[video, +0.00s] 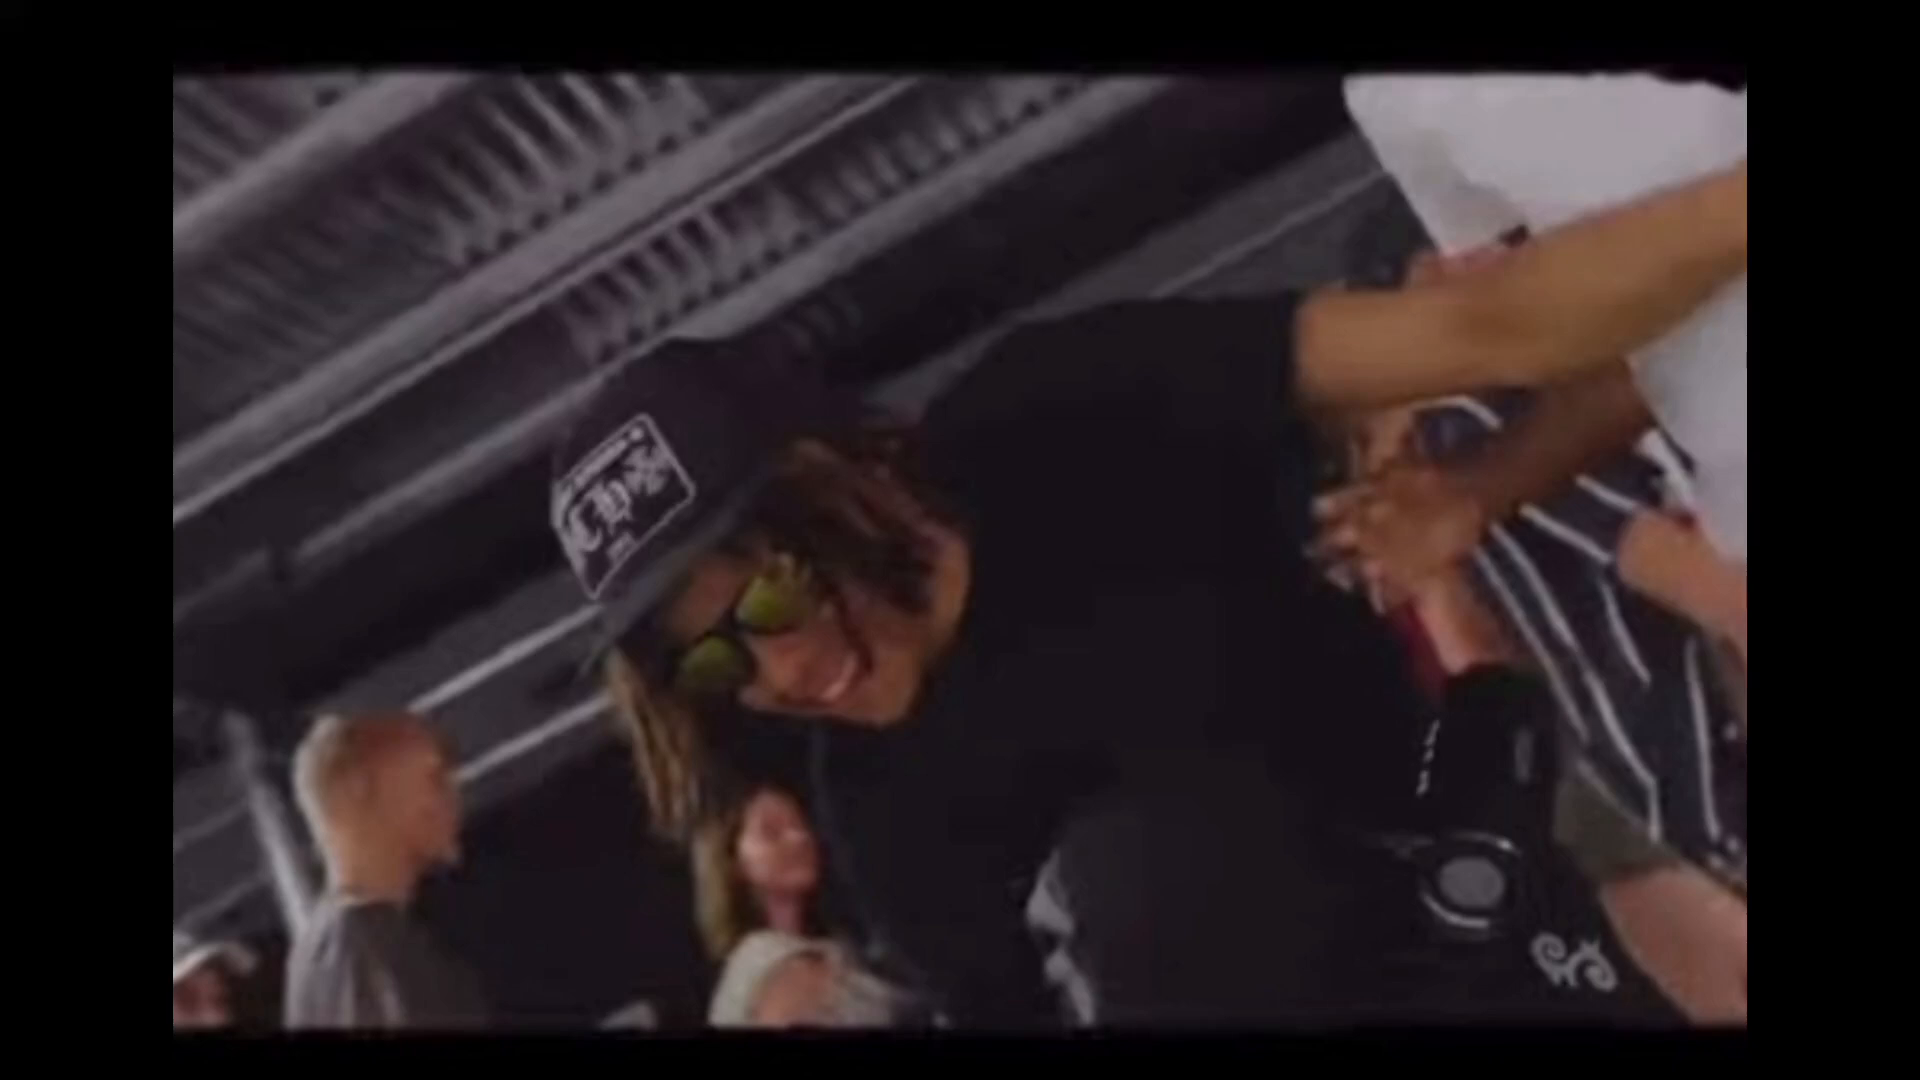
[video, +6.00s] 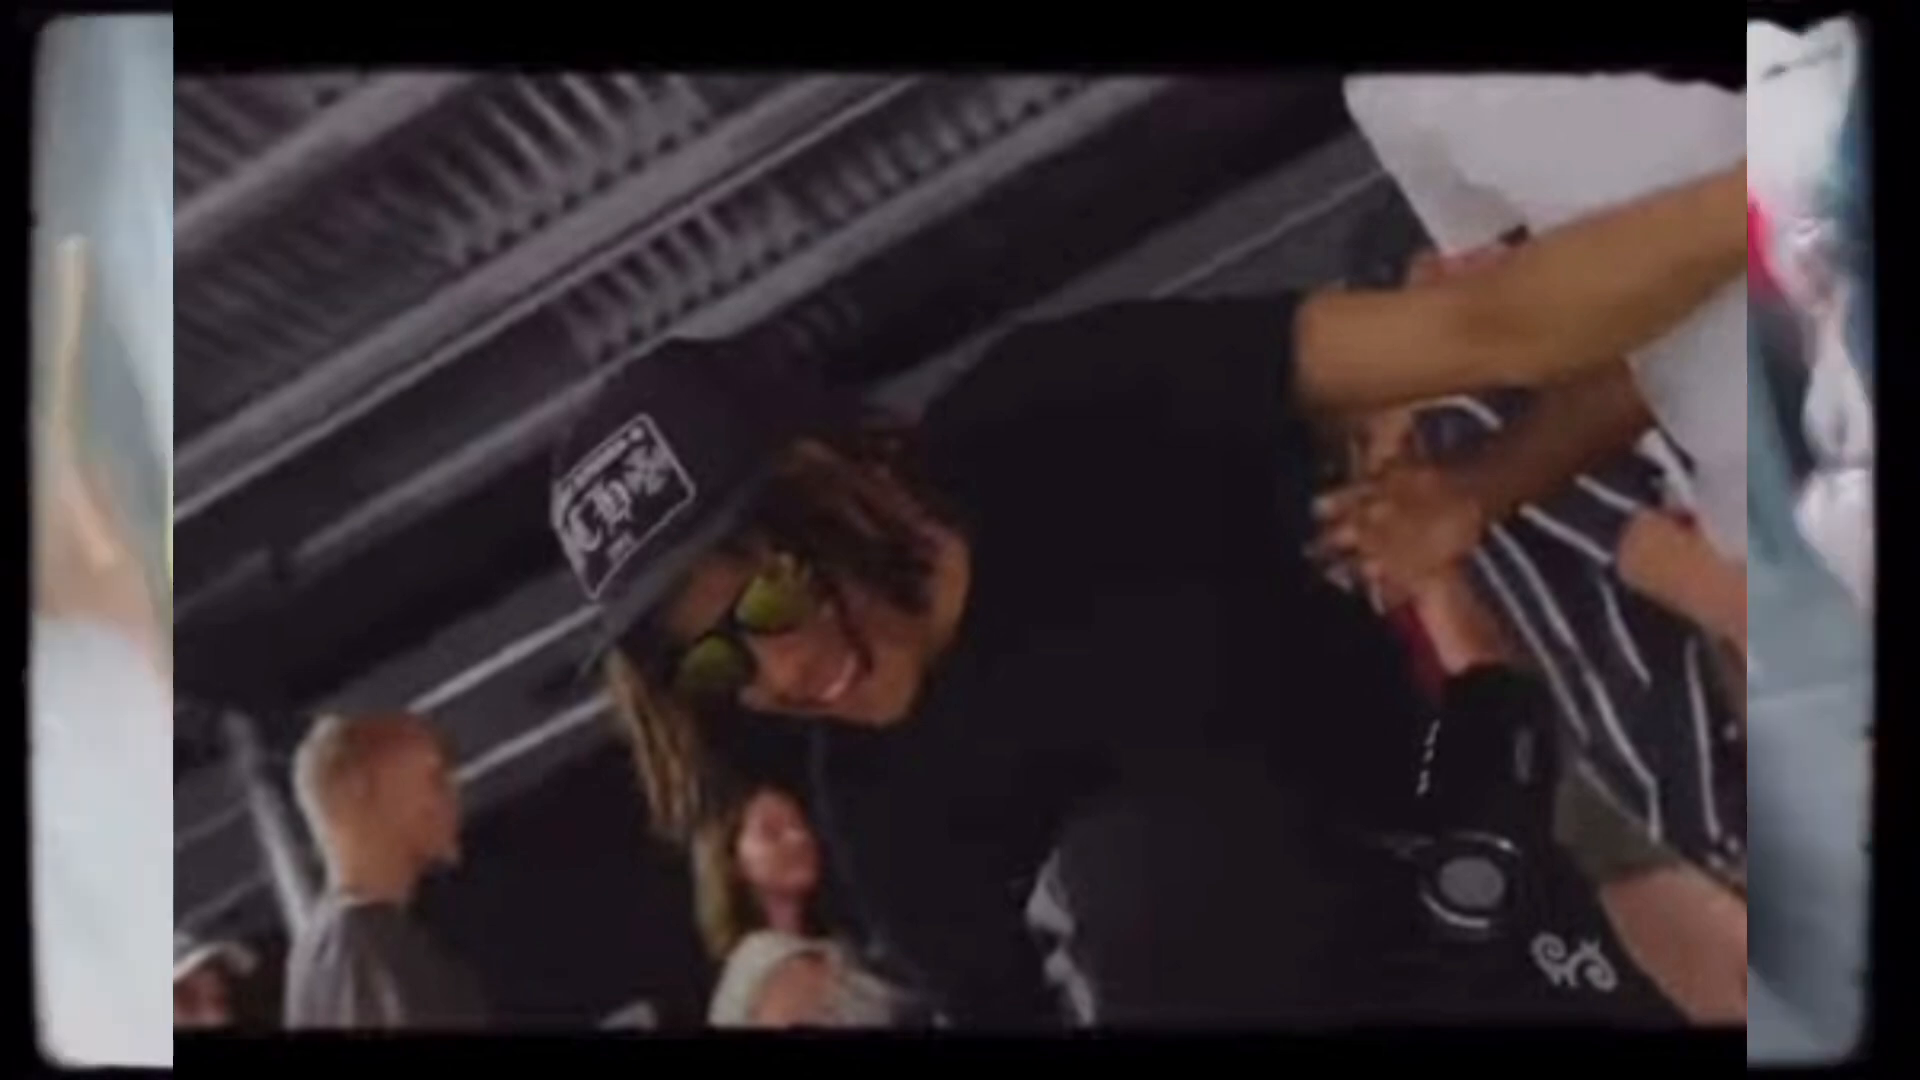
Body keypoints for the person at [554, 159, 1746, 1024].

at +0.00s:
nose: (767, 656)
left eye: (760, 582)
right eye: (708, 654)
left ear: (833, 476)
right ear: (686, 686)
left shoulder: (1051, 404)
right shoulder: (888, 847)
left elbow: (1471, 328)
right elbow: (1034, 1025)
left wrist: (1740, 208)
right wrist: (838, 995)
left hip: (1483, 841)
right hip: (1257, 975)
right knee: (1136, 864)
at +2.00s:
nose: (768, 656)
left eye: (761, 582)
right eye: (708, 654)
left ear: (835, 476)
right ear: (687, 685)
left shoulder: (1052, 404)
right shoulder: (886, 847)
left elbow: (1472, 328)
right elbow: (1031, 1024)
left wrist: (1740, 208)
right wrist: (837, 995)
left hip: (1477, 844)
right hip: (1240, 973)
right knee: (1136, 862)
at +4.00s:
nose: (768, 661)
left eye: (761, 587)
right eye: (710, 657)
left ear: (834, 478)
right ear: (688, 686)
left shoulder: (1052, 403)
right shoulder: (888, 844)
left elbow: (1469, 328)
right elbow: (1032, 1023)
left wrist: (1764, 199)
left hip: (1475, 841)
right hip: (1239, 974)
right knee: (1135, 870)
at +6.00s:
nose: (767, 657)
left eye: (759, 583)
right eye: (707, 654)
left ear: (834, 476)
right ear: (685, 685)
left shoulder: (1055, 403)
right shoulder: (886, 844)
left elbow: (1471, 328)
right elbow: (1031, 1023)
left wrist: (1782, 188)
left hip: (1470, 842)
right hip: (1236, 970)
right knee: (1137, 861)